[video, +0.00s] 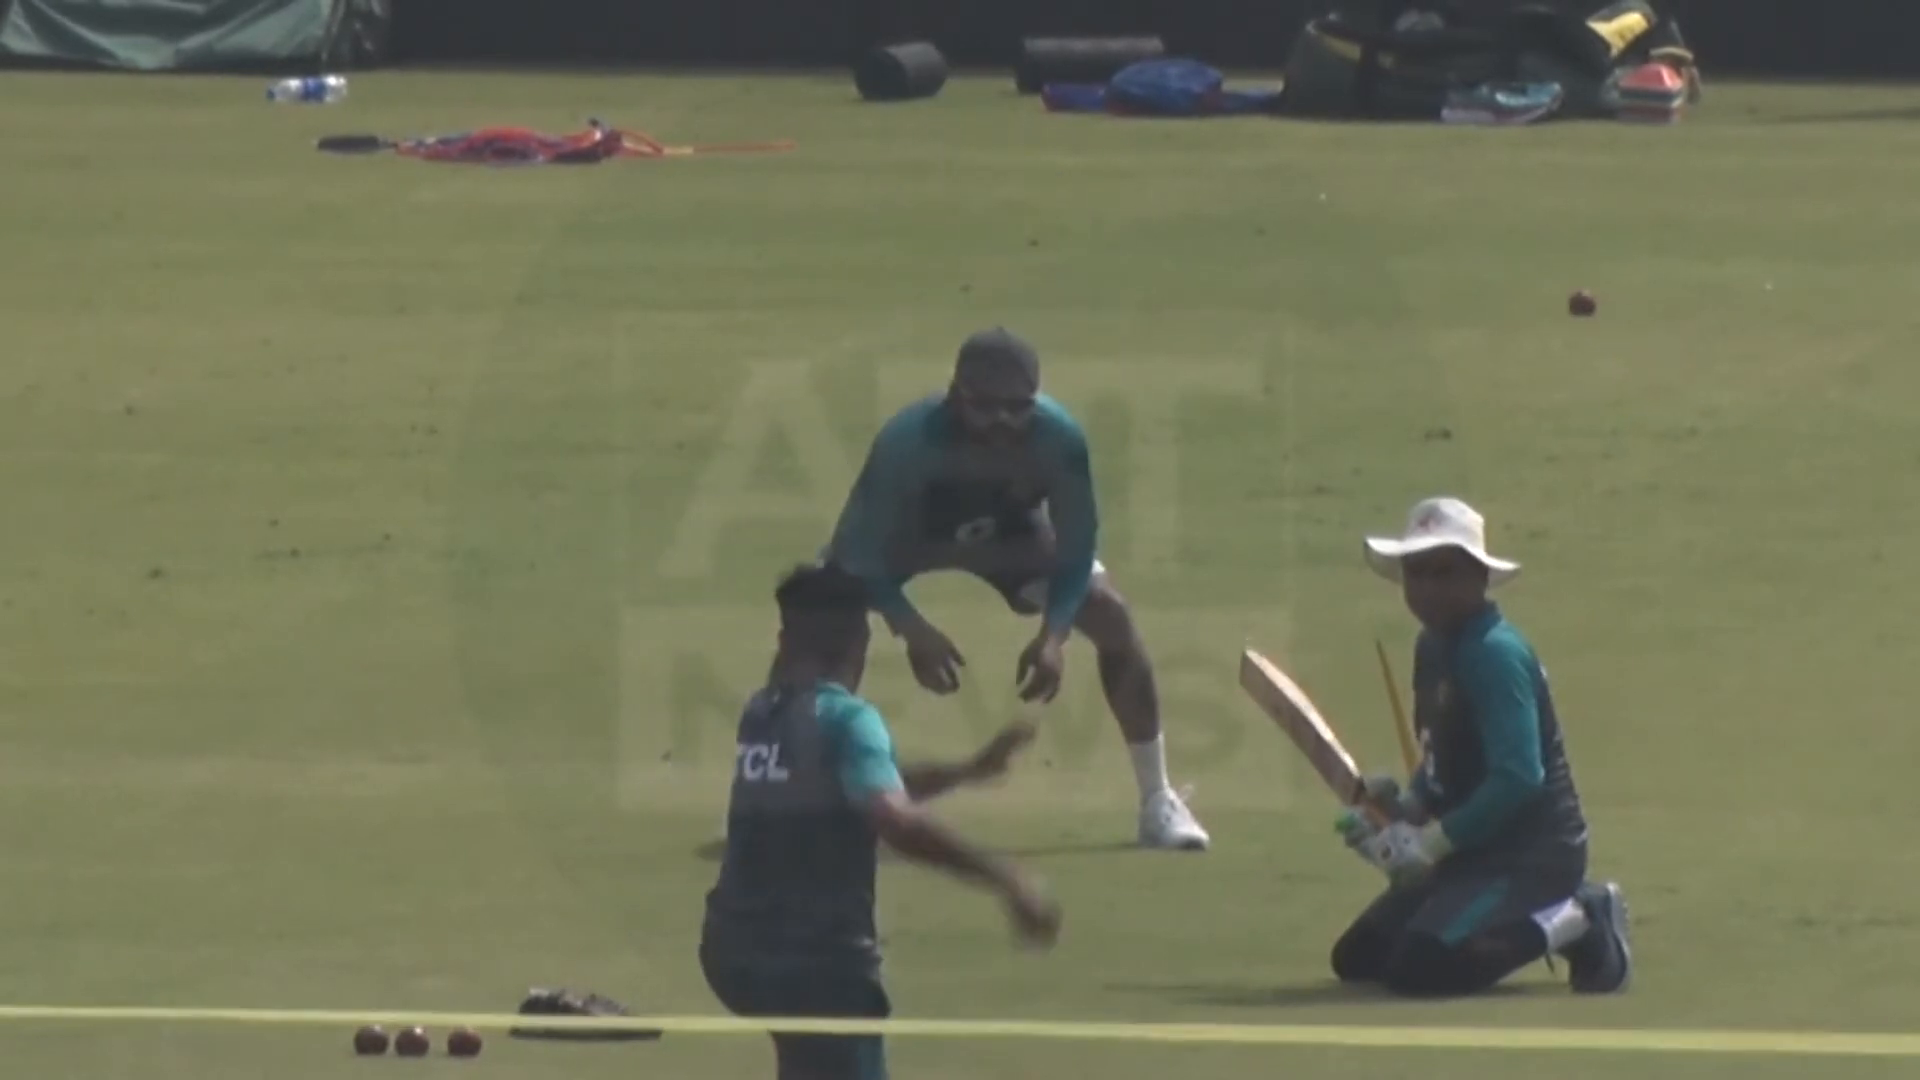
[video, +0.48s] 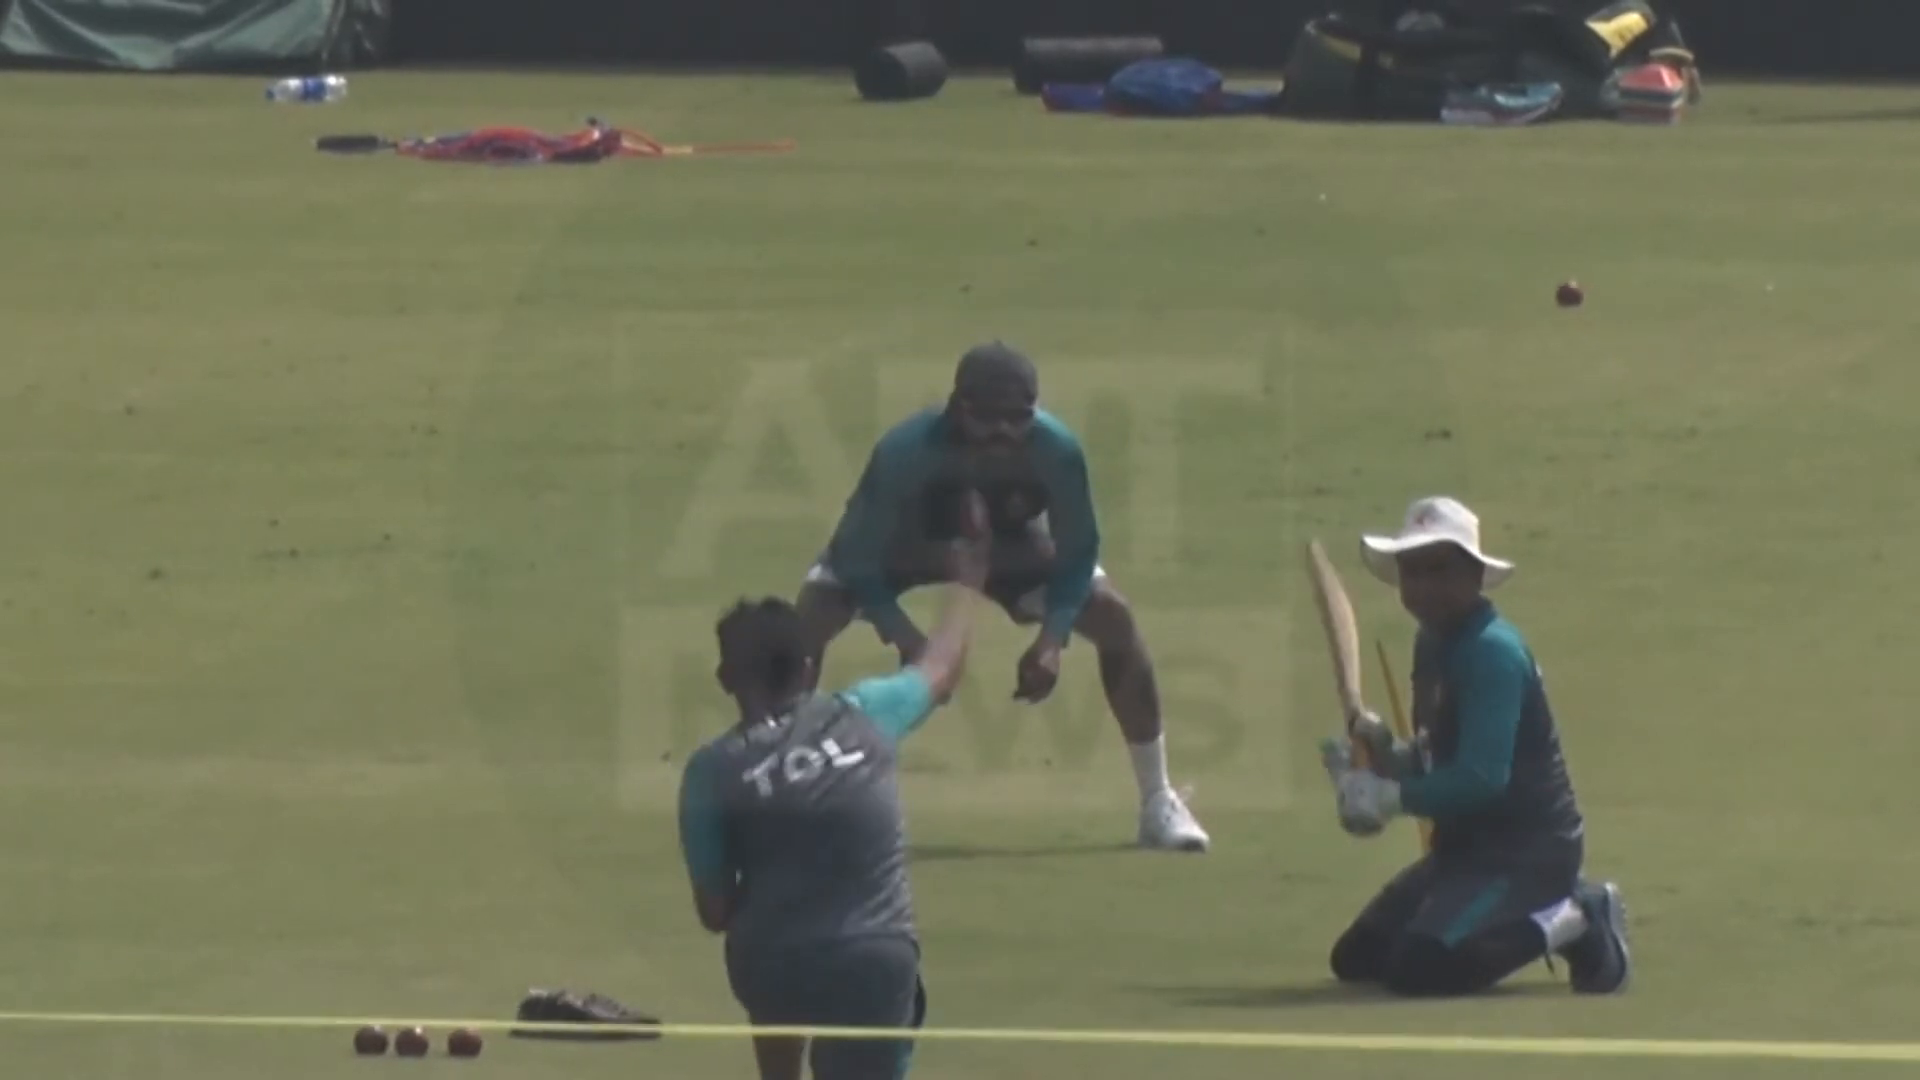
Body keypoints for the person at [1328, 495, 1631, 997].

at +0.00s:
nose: (1420, 588)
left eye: (1438, 572)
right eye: (1412, 573)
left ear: (1476, 578)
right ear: (1400, 578)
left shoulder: (1495, 653)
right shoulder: (1434, 647)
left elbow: (1519, 778)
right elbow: (1447, 764)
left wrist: (1432, 843)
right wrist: (1403, 809)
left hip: (1534, 857)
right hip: (1480, 850)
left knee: (1416, 970)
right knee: (1357, 958)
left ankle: (1579, 919)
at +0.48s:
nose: (1414, 586)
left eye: (1432, 570)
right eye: (1407, 571)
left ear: (1470, 576)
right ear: (1396, 576)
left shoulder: (1492, 650)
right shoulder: (1434, 642)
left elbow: (1483, 780)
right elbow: (1443, 757)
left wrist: (1395, 797)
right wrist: (1388, 758)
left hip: (1524, 859)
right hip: (1466, 853)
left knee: (1415, 970)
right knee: (1356, 959)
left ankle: (1577, 920)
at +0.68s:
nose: (1413, 581)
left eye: (1430, 565)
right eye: (1405, 567)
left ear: (1465, 569)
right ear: (1395, 572)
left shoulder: (1490, 635)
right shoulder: (1437, 633)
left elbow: (1430, 747)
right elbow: (1430, 722)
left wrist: (1348, 734)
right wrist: (1358, 696)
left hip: (1519, 857)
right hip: (1461, 850)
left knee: (1417, 971)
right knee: (1354, 958)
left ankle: (1576, 917)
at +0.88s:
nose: (1374, 580)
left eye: (1388, 566)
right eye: (1372, 566)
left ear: (1429, 570)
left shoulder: (1458, 625)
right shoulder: (1423, 638)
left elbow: (1377, 722)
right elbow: (1377, 751)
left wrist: (1281, 712)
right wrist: (1281, 723)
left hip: (1506, 857)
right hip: (1454, 858)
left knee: (1422, 969)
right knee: (1339, 955)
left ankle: (1576, 917)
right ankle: (1505, 927)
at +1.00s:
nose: (1333, 563)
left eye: (1344, 552)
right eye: (1337, 551)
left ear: (1377, 559)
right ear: (1394, 563)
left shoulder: (1408, 603)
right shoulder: (1387, 660)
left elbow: (1297, 625)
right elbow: (1292, 737)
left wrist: (1191, 640)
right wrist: (1180, 703)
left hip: (1489, 846)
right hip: (1446, 851)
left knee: (1416, 968)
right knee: (1335, 955)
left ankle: (1576, 915)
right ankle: (1520, 923)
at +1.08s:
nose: (1320, 559)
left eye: (1336, 552)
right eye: (1327, 549)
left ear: (1367, 562)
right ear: (1388, 568)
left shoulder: (1378, 596)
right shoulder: (1363, 666)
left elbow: (1266, 583)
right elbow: (1254, 725)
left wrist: (1147, 589)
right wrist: (1147, 687)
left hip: (1475, 830)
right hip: (1436, 841)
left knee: (1411, 963)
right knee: (1334, 954)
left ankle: (1576, 911)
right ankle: (1511, 907)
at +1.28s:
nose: (1290, 533)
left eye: (1302, 528)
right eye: (1297, 525)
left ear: (1325, 537)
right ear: (1366, 552)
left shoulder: (1318, 564)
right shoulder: (1366, 629)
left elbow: (1188, 582)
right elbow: (1281, 749)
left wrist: (1127, 621)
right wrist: (1176, 717)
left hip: (1424, 775)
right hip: (1415, 791)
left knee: (1358, 941)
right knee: (1334, 951)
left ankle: (1570, 908)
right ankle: (1511, 911)